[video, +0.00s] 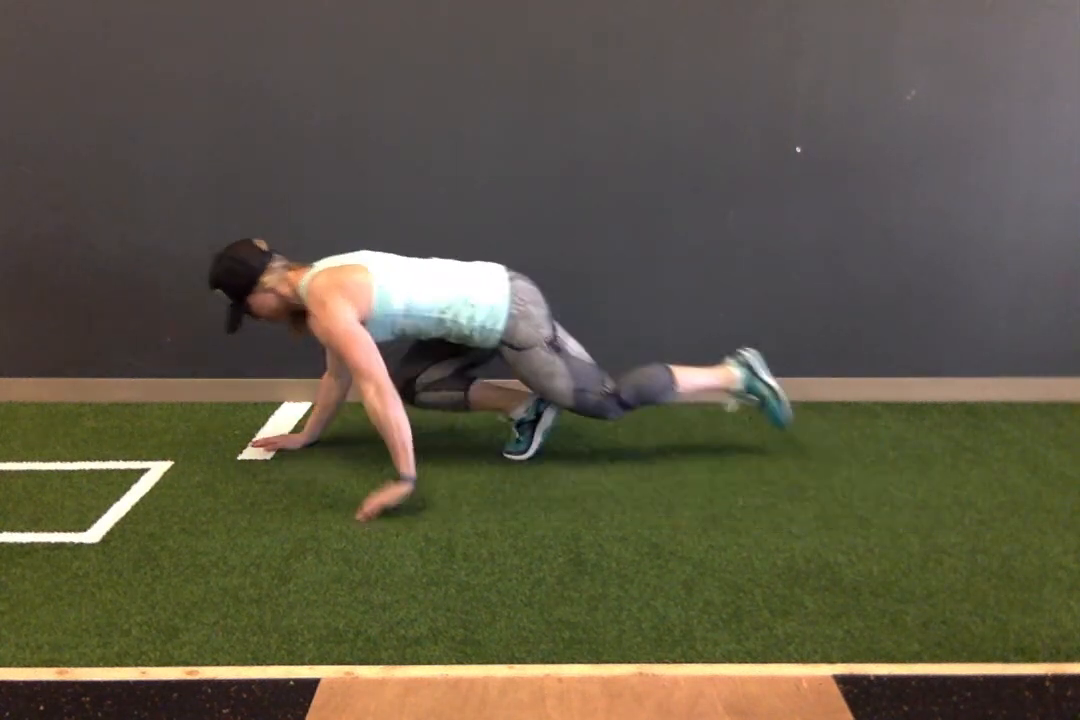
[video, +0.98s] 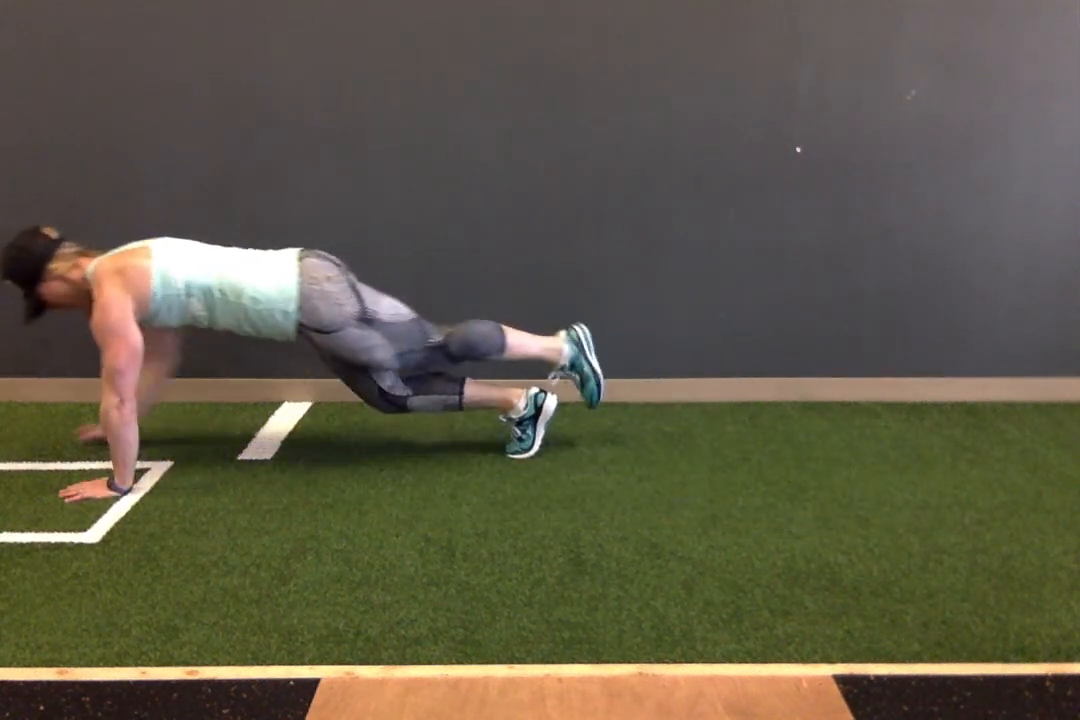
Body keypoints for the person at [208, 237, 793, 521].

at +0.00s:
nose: (254, 316)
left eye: (248, 307)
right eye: (247, 309)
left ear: (258, 291)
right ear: (272, 267)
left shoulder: (328, 308)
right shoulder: (323, 279)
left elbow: (375, 390)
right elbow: (346, 367)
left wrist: (405, 477)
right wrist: (307, 431)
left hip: (511, 310)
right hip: (477, 310)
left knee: (599, 398)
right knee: (401, 381)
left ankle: (735, 377)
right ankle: (526, 405)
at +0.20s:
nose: (211, 309)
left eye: (205, 297)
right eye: (203, 301)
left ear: (221, 276)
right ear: (226, 269)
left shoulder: (285, 292)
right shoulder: (279, 278)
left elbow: (310, 396)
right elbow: (305, 379)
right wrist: (274, 438)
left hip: (467, 299)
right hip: (423, 320)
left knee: (566, 369)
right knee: (398, 404)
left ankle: (691, 358)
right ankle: (525, 399)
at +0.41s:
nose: (178, 305)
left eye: (170, 293)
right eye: (171, 298)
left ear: (182, 271)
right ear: (189, 262)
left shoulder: (237, 287)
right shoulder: (254, 274)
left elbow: (190, 389)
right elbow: (293, 349)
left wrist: (131, 464)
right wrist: (301, 422)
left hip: (431, 289)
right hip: (401, 314)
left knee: (537, 342)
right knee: (393, 410)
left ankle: (659, 330)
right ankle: (517, 403)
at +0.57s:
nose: (144, 308)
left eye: (135, 299)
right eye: (137, 301)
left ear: (142, 281)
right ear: (157, 260)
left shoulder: (198, 297)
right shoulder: (214, 272)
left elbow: (160, 400)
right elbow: (270, 346)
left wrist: (123, 479)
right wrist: (299, 421)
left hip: (395, 289)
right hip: (376, 305)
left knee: (504, 333)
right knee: (389, 409)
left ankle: (631, 321)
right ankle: (516, 403)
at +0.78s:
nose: (93, 310)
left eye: (84, 302)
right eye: (84, 305)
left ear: (91, 280)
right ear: (108, 258)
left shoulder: (147, 295)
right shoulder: (175, 263)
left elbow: (136, 399)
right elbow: (256, 338)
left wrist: (122, 480)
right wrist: (276, 414)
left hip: (348, 295)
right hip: (342, 289)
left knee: (467, 341)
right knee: (392, 402)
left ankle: (589, 348)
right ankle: (521, 403)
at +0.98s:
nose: (57, 306)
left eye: (48, 298)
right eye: (48, 299)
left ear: (52, 280)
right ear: (68, 252)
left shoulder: (110, 296)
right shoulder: (135, 262)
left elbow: (122, 395)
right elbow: (163, 356)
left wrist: (120, 481)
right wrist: (120, 415)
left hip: (307, 301)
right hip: (311, 268)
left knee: (410, 370)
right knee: (406, 366)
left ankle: (535, 392)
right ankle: (553, 360)